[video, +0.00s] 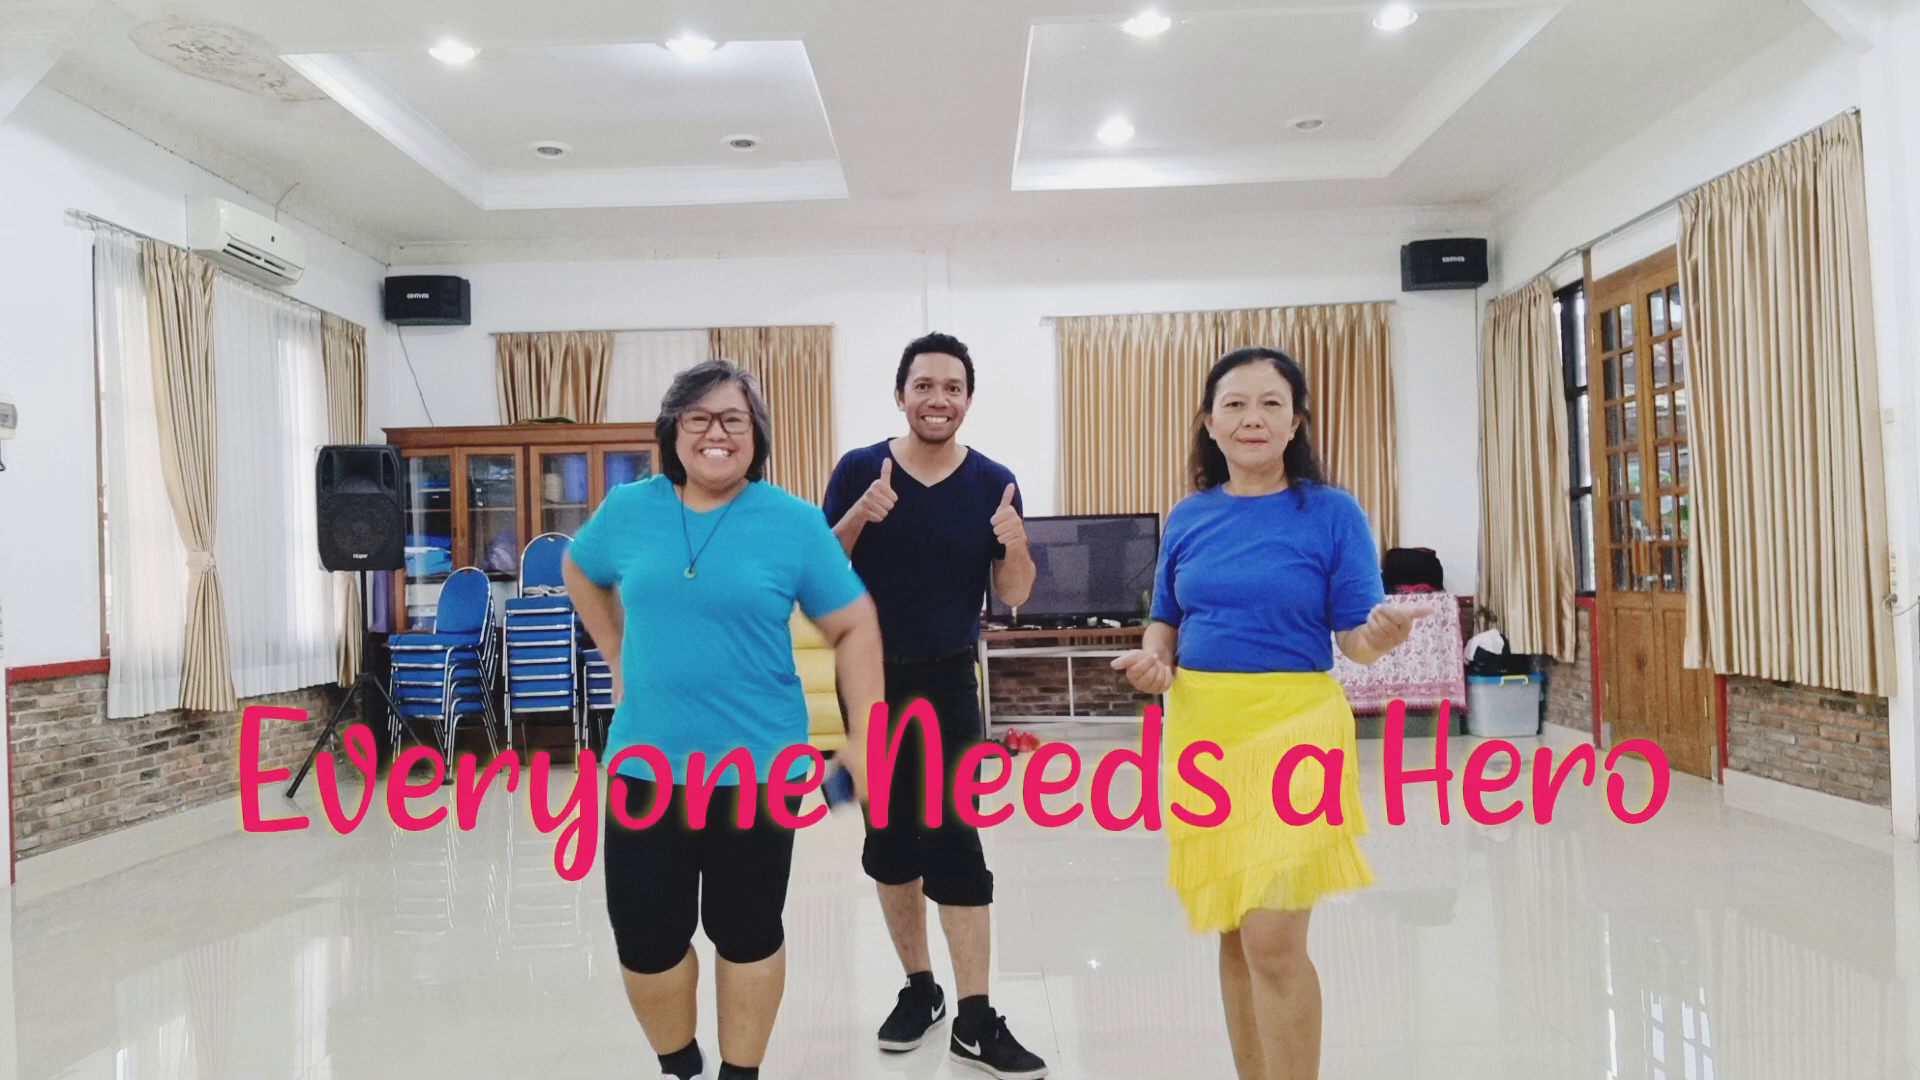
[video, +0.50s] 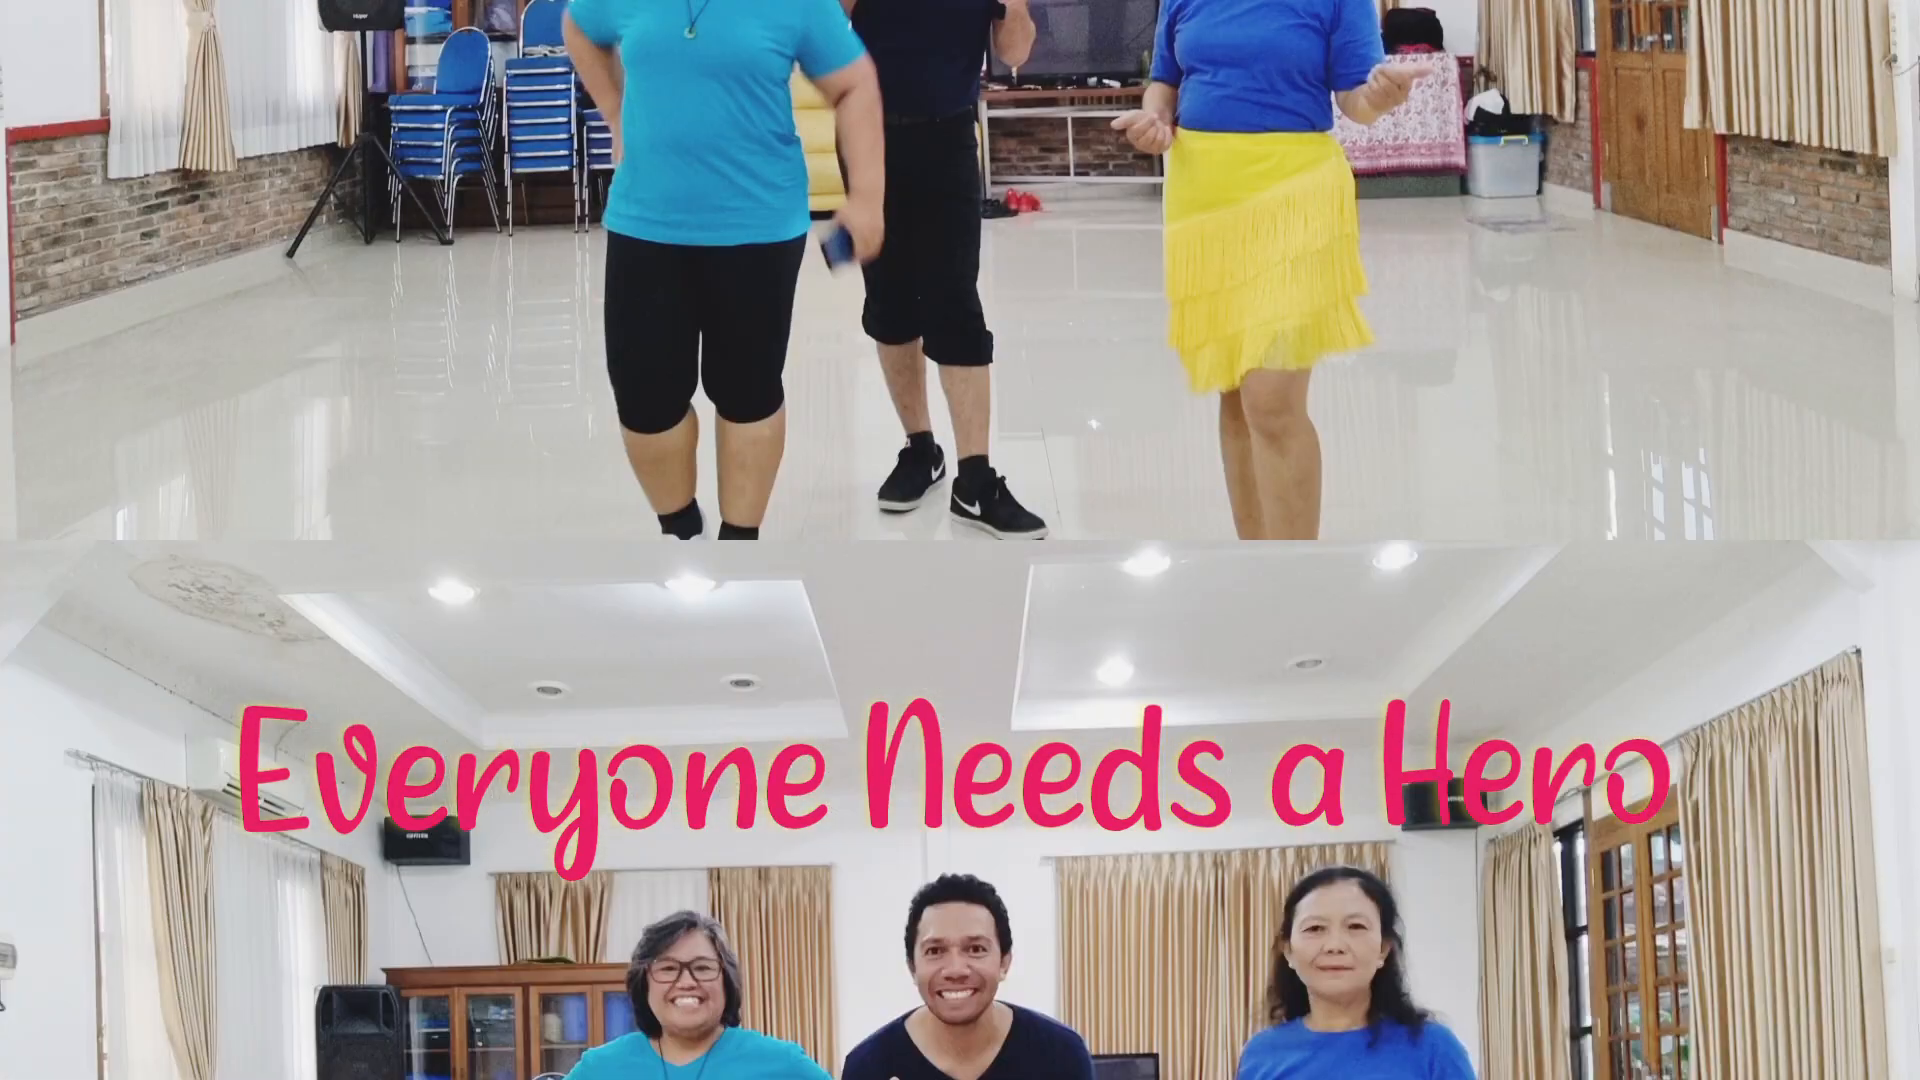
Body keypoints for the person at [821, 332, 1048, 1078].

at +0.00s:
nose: (938, 400)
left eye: (952, 388)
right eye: (924, 386)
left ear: (968, 399)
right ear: (900, 396)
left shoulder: (992, 483)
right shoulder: (858, 472)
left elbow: (1014, 595)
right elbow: (813, 570)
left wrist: (1015, 548)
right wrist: (854, 520)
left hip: (950, 676)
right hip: (872, 676)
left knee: (957, 841)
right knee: (892, 840)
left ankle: (975, 1014)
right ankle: (919, 990)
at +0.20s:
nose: (938, 365)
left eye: (952, 354)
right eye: (924, 352)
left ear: (968, 365)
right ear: (901, 362)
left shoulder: (992, 448)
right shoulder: (858, 438)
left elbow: (1014, 562)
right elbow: (813, 535)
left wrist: (1015, 514)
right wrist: (854, 485)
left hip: (950, 644)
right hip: (872, 643)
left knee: (959, 809)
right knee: (892, 810)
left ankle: (975, 980)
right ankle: (919, 955)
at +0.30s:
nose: (938, 283)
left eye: (952, 271)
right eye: (924, 270)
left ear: (968, 283)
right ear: (900, 280)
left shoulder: (991, 366)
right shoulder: (858, 355)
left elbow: (1014, 479)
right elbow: (813, 453)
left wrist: (1015, 431)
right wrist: (854, 403)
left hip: (949, 562)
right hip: (870, 560)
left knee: (957, 723)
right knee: (890, 718)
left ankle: (975, 896)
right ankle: (918, 870)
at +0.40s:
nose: (939, 123)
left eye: (952, 112)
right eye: (925, 110)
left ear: (968, 124)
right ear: (901, 119)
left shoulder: (990, 206)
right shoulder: (859, 195)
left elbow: (1013, 321)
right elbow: (813, 292)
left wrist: (1015, 272)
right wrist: (855, 242)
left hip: (949, 405)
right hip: (872, 403)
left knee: (955, 570)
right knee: (893, 567)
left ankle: (978, 735)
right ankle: (919, 712)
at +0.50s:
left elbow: (1015, 52)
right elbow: (825, 31)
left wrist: (1015, 6)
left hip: (948, 130)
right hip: (870, 128)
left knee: (956, 302)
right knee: (890, 297)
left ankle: (975, 475)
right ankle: (919, 448)